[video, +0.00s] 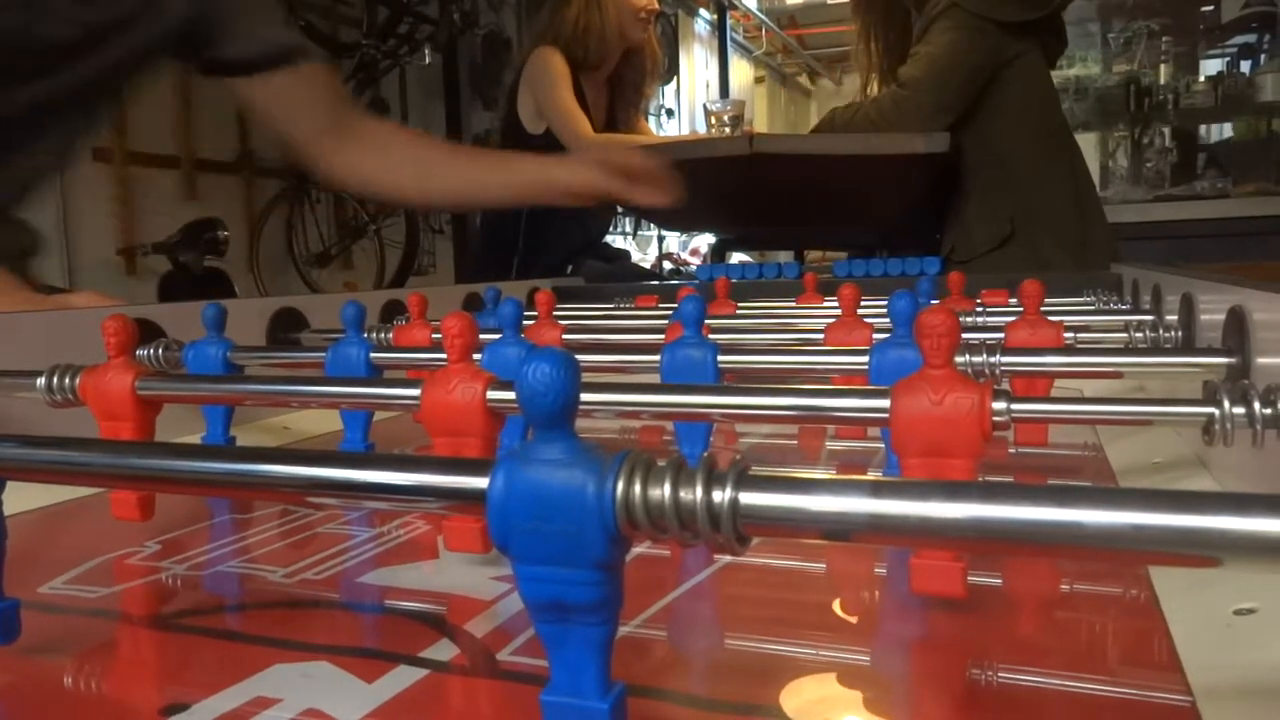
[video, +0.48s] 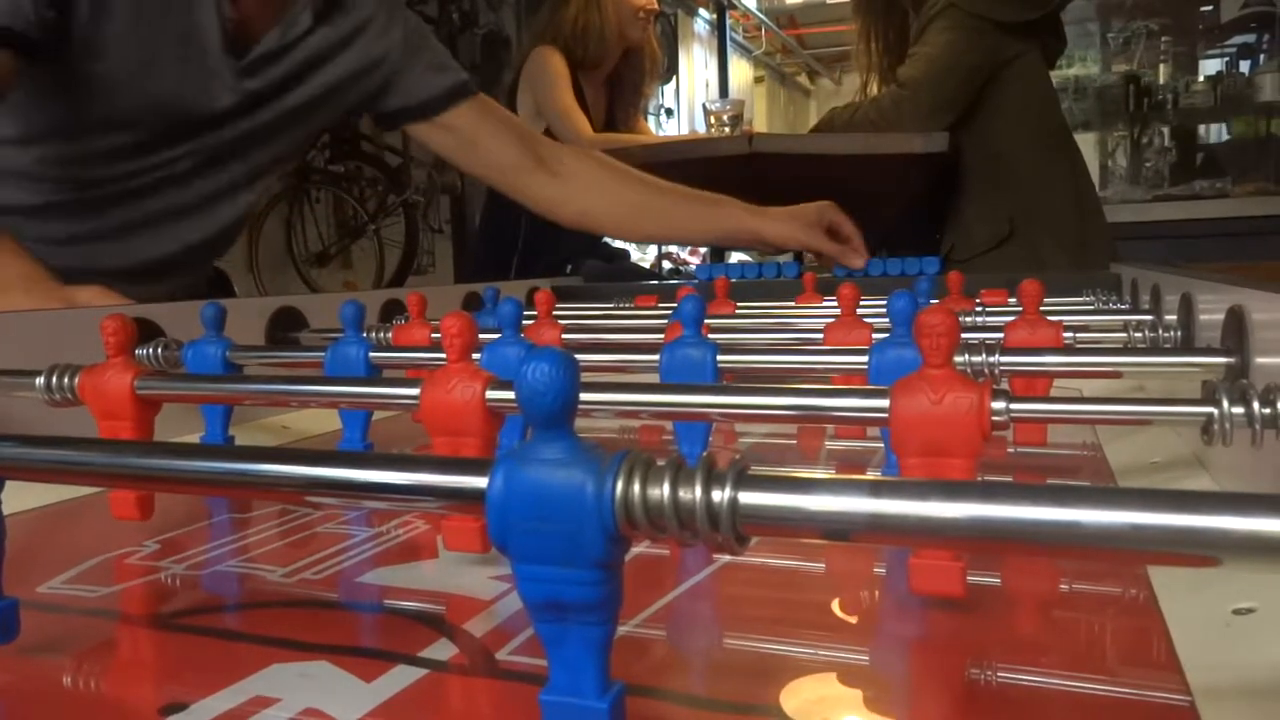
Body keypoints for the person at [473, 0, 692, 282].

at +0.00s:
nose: (654, 7)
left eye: (654, 1)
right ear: (598, 5)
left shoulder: (614, 84)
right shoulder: (547, 62)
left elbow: (651, 151)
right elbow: (584, 145)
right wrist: (687, 146)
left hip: (581, 249)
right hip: (523, 260)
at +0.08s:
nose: (654, 6)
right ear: (598, 6)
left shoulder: (614, 87)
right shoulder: (547, 61)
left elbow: (651, 150)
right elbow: (581, 142)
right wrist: (686, 144)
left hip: (578, 252)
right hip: (521, 259)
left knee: (668, 295)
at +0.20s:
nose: (654, 6)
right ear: (597, 6)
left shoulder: (614, 87)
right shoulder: (546, 62)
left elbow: (650, 151)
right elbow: (583, 143)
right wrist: (677, 147)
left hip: (578, 250)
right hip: (522, 256)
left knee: (667, 294)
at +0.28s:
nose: (654, 8)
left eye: (653, 0)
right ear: (599, 6)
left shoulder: (615, 86)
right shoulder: (547, 62)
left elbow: (652, 152)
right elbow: (581, 143)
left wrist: (715, 148)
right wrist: (678, 147)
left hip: (575, 246)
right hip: (520, 255)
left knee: (659, 291)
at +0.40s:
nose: (654, 7)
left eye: (654, 1)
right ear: (598, 6)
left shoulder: (617, 86)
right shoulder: (547, 61)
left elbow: (652, 153)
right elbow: (582, 144)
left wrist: (717, 150)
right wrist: (683, 146)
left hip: (576, 247)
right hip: (520, 255)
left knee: (658, 291)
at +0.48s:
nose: (653, 6)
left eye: (653, 0)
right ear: (599, 6)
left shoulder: (614, 84)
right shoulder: (546, 61)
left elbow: (649, 149)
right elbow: (582, 143)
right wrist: (677, 146)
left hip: (575, 248)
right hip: (520, 252)